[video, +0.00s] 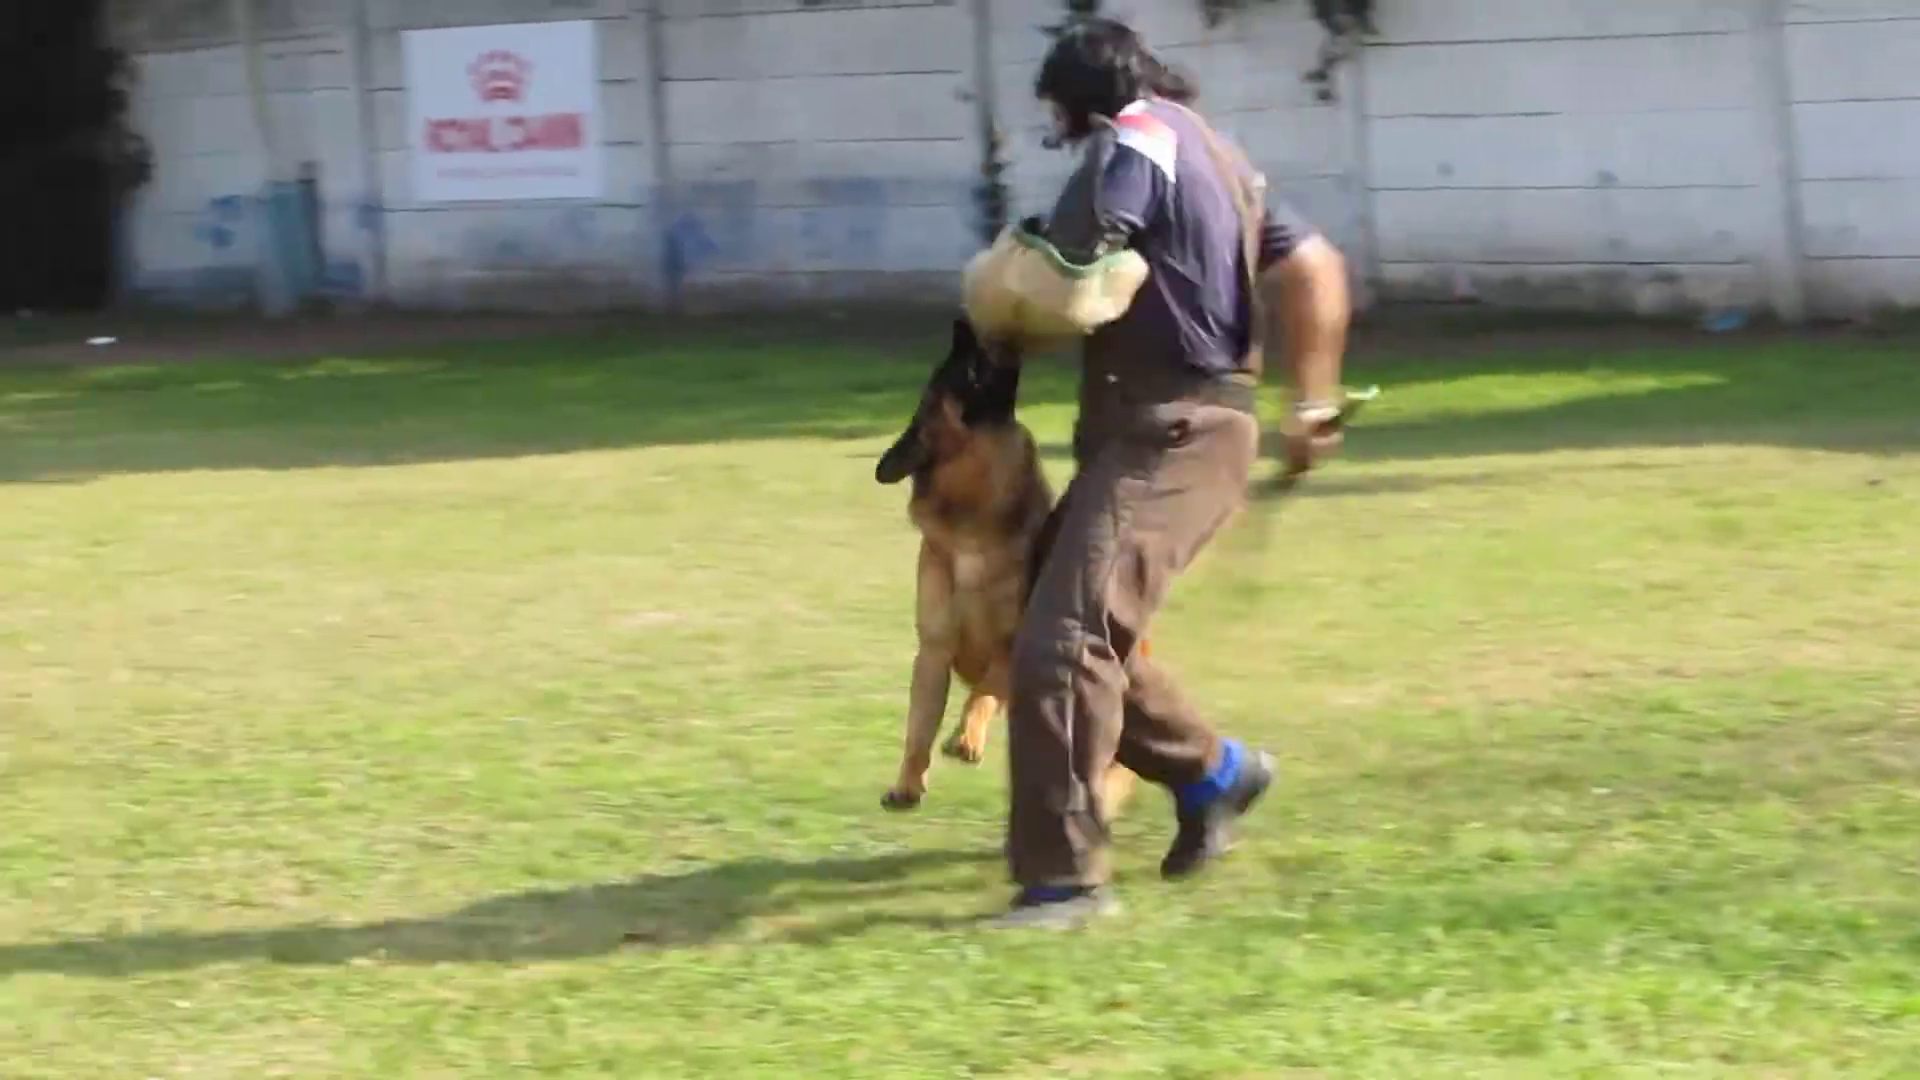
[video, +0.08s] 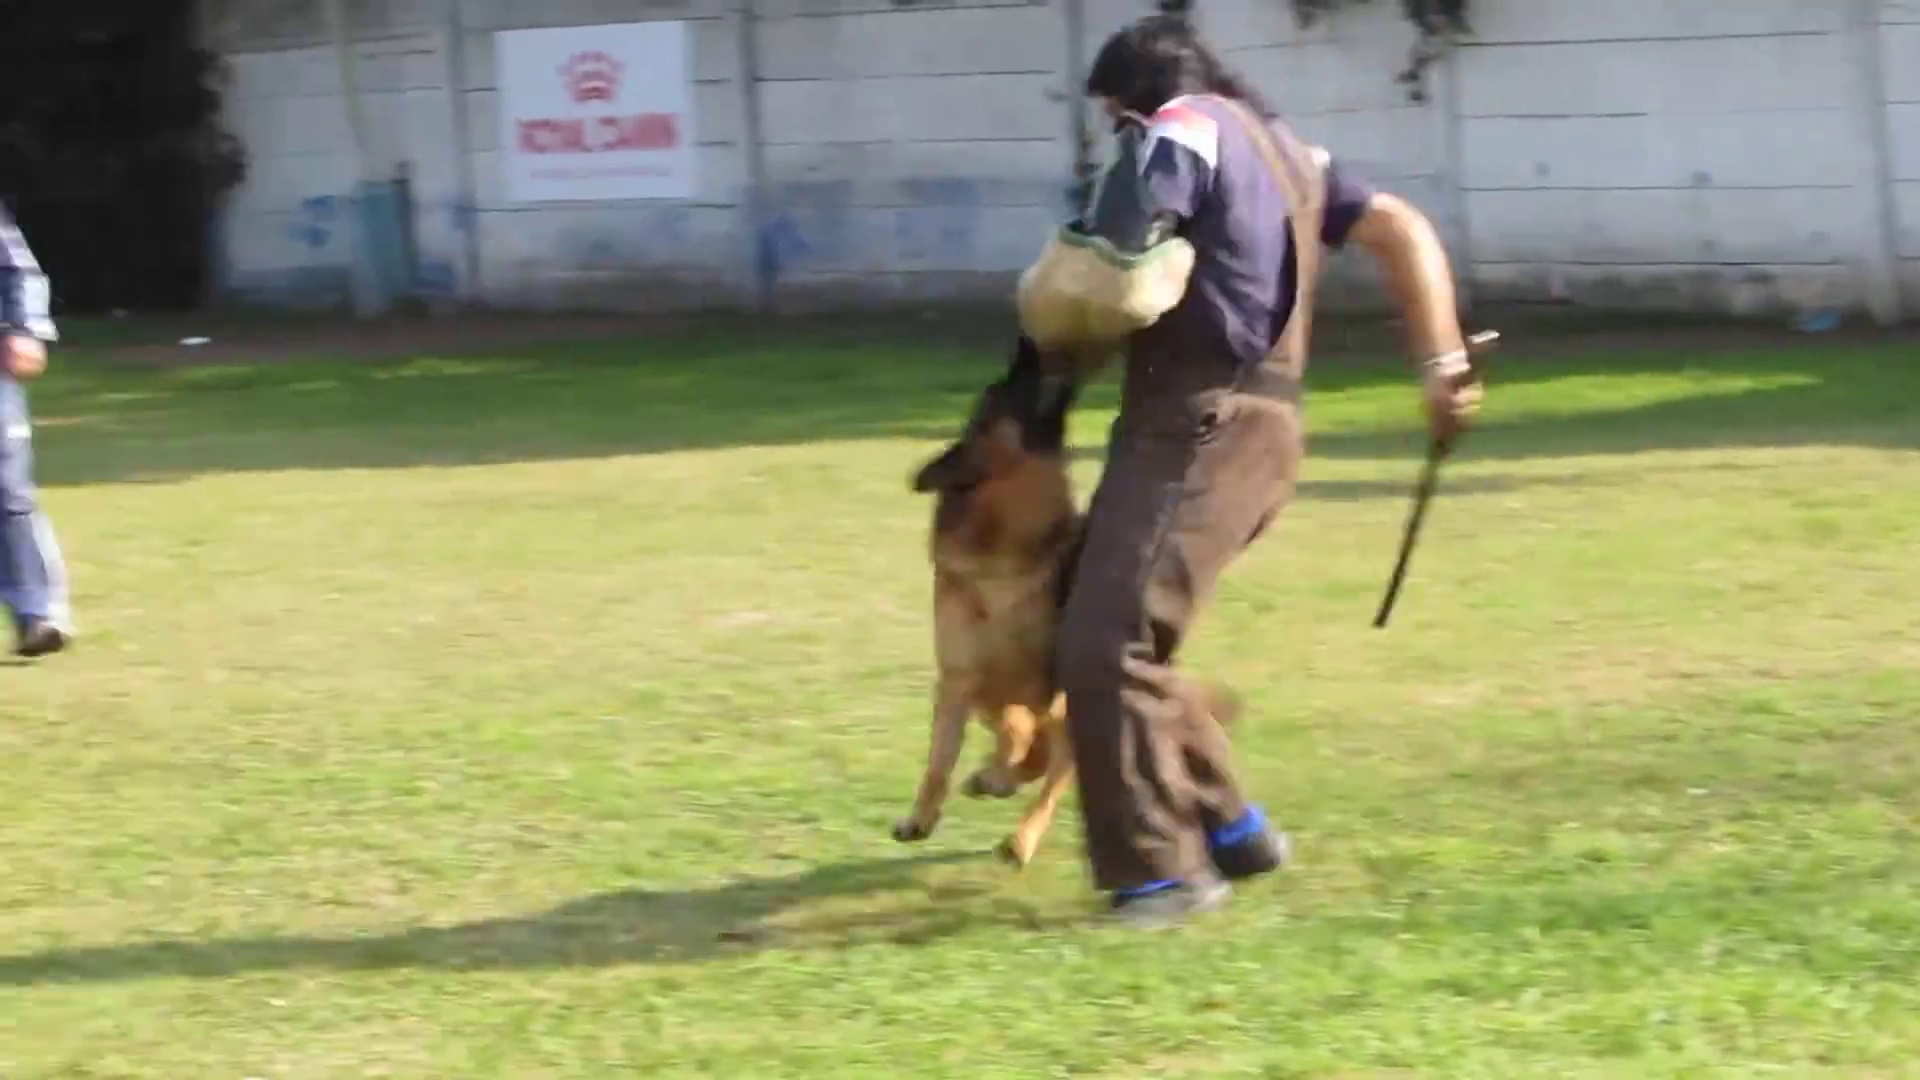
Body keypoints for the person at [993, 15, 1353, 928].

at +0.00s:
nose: (1067, 134)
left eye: (1068, 116)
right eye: (1062, 119)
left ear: (1096, 98)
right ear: (1142, 83)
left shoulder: (1134, 140)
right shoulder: (1210, 147)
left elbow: (1074, 287)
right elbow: (1309, 262)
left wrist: (996, 272)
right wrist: (1314, 399)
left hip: (1171, 435)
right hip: (1186, 430)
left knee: (1064, 641)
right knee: (1064, 620)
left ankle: (1064, 879)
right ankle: (1208, 769)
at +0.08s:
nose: (1116, 134)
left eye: (1117, 118)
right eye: (1111, 122)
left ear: (1147, 101)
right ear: (1198, 84)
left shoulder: (1181, 128)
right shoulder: (1281, 145)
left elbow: (1125, 280)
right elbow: (1402, 227)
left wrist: (1048, 308)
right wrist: (1445, 361)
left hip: (1204, 428)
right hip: (1242, 429)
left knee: (1106, 645)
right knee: (1111, 637)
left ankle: (1164, 875)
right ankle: (1226, 826)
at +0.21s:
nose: (1199, 126)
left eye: (1197, 113)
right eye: (1193, 116)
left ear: (1222, 96)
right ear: (1296, 81)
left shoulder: (1246, 113)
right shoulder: (1384, 148)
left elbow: (1208, 250)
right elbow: (1510, 230)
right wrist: (1540, 366)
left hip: (1312, 410)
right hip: (1384, 429)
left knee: (1160, 617)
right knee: (1236, 646)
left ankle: (1249, 850)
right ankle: (1262, 869)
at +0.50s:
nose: (1402, 122)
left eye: (1405, 107)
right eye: (1405, 109)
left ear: (1425, 102)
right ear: (1512, 92)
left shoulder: (1407, 167)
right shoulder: (1597, 177)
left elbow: (1344, 329)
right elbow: (1675, 324)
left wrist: (1331, 429)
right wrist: (1627, 439)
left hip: (1454, 443)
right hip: (1567, 456)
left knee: (1377, 690)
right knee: (1472, 683)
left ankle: (1390, 935)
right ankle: (1494, 887)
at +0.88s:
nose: (1447, 46)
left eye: (1451, 31)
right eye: (1451, 32)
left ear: (1476, 32)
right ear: (1558, 31)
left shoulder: (1479, 99)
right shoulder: (1623, 129)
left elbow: (1412, 253)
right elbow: (1699, 274)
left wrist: (1328, 261)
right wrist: (1709, 418)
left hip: (1503, 425)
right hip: (1612, 422)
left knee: (1446, 681)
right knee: (1593, 662)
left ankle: (1442, 937)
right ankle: (1715, 885)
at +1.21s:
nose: (1478, 28)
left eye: (1482, 19)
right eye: (1484, 20)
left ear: (1498, 26)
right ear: (1585, 29)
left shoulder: (1480, 94)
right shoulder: (1642, 134)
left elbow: (1373, 221)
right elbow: (1719, 288)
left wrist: (1310, 292)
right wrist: (1720, 434)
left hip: (1511, 429)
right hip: (1625, 424)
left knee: (1447, 687)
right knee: (1619, 674)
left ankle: (1410, 937)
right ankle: (1685, 917)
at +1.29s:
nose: (1493, 29)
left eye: (1498, 19)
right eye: (1499, 21)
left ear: (1515, 27)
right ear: (1600, 29)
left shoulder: (1493, 98)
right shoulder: (1665, 132)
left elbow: (1386, 230)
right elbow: (1741, 284)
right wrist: (1744, 427)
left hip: (1529, 431)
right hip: (1644, 426)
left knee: (1458, 685)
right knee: (1632, 677)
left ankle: (1413, 935)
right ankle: (1689, 918)